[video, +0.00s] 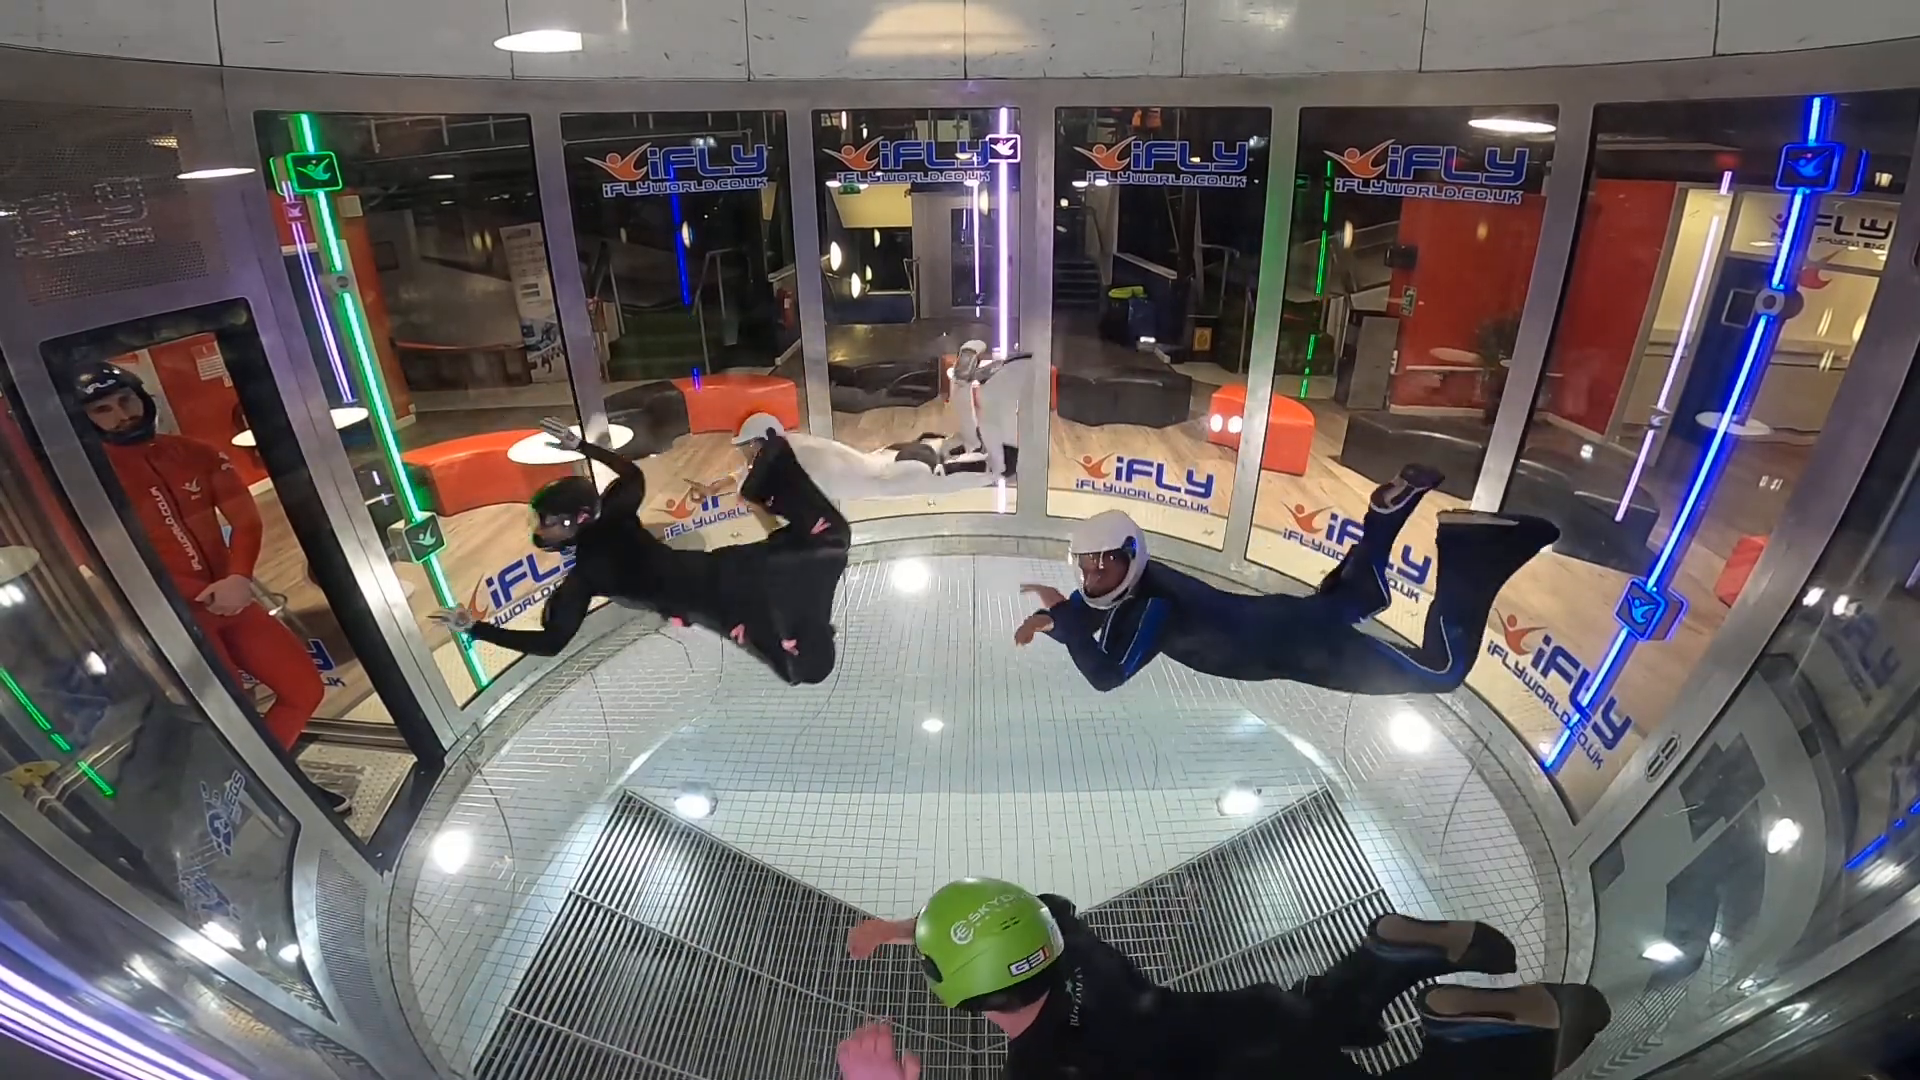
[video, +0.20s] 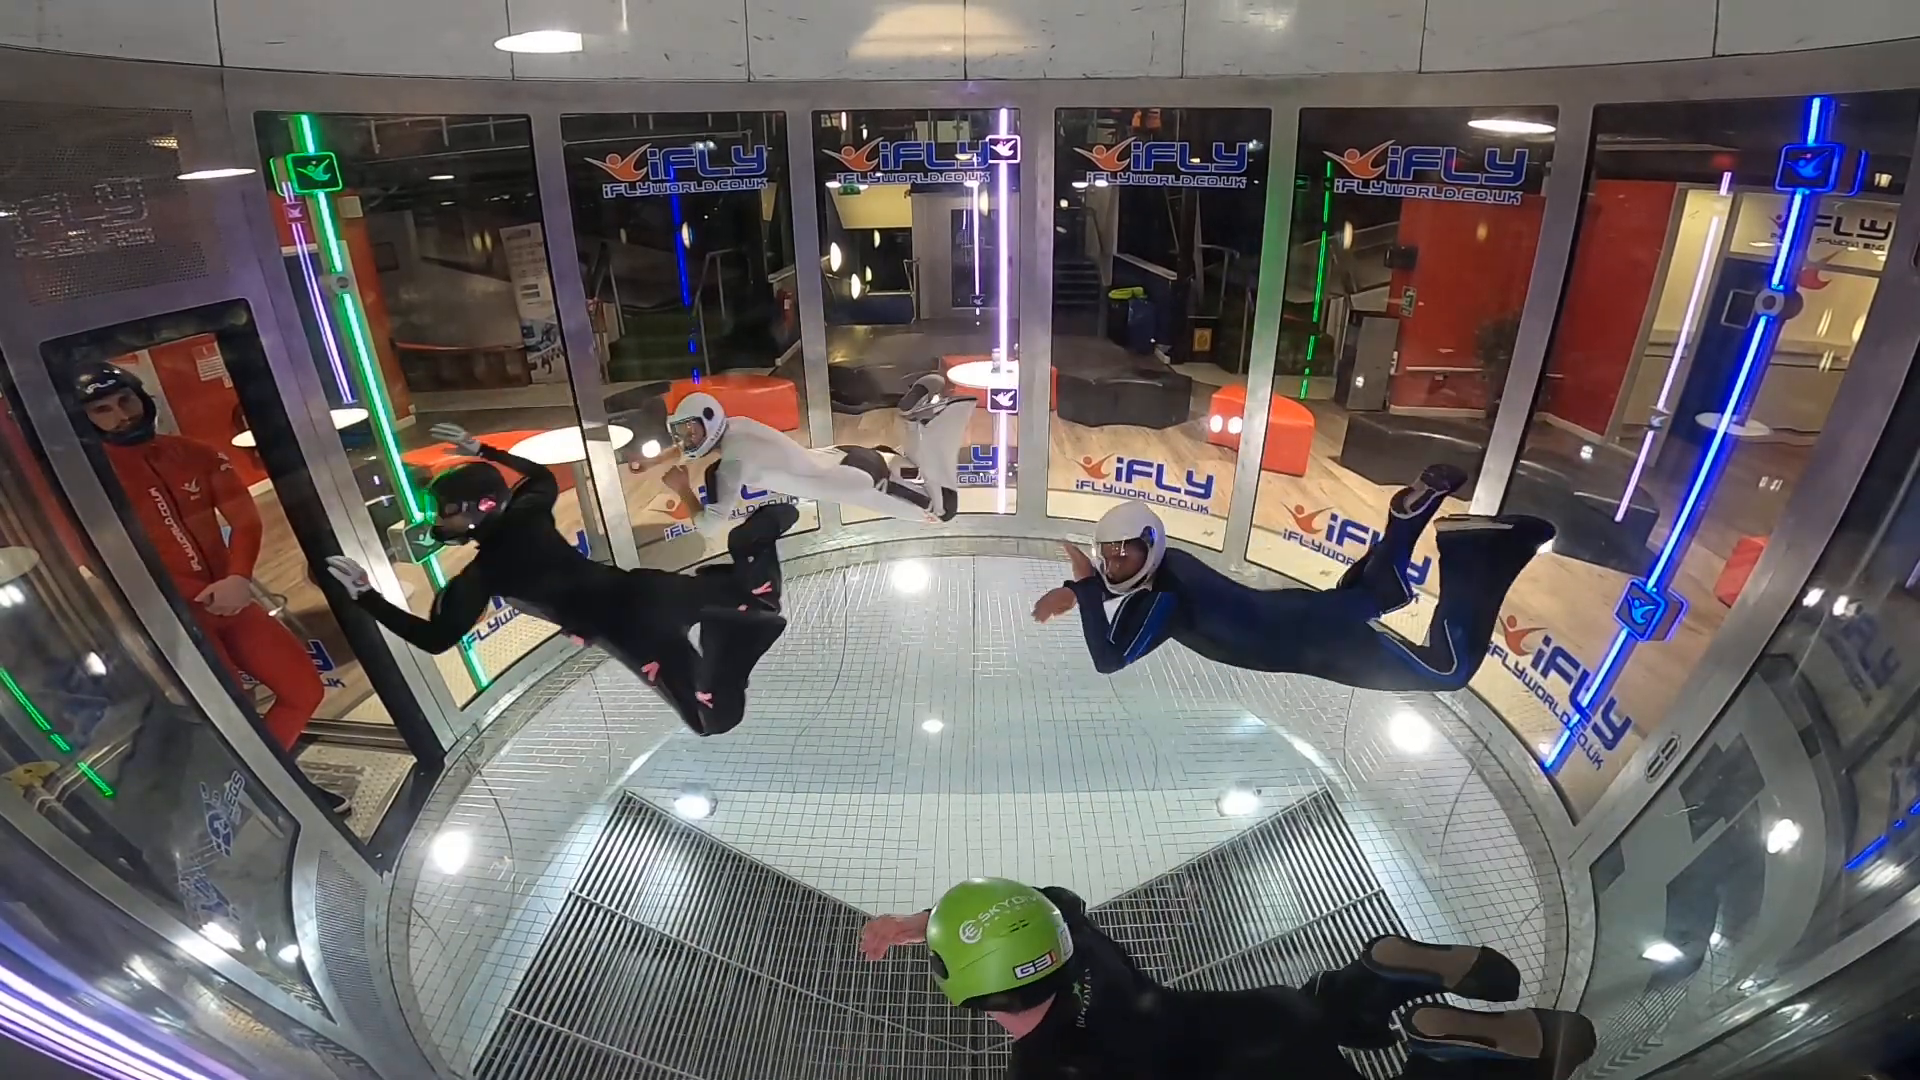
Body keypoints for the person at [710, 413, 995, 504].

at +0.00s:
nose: (749, 454)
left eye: (750, 447)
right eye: (747, 449)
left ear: (763, 441)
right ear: (771, 435)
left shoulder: (777, 456)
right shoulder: (792, 440)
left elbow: (750, 491)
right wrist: (733, 483)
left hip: (860, 480)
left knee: (926, 481)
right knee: (879, 467)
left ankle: (987, 474)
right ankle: (925, 455)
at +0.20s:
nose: (684, 440)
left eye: (689, 430)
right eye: (680, 433)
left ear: (710, 422)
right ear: (708, 420)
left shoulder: (735, 456)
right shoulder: (734, 431)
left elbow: (713, 525)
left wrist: (685, 495)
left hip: (857, 479)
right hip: (846, 460)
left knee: (942, 507)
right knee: (919, 492)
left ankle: (931, 429)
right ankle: (925, 424)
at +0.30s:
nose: (653, 433)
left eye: (658, 425)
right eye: (650, 425)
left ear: (677, 421)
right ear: (680, 417)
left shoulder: (699, 458)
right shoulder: (707, 419)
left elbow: (676, 520)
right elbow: (670, 440)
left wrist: (648, 481)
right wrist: (640, 452)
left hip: (824, 484)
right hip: (818, 465)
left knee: (910, 523)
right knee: (898, 511)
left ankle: (897, 437)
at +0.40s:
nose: (625, 429)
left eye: (628, 419)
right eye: (620, 421)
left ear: (649, 411)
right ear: (652, 408)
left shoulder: (665, 452)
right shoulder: (682, 415)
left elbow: (638, 515)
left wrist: (615, 481)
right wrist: (625, 455)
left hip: (784, 494)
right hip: (785, 468)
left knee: (872, 543)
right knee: (841, 475)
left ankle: (882, 444)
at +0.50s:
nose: (591, 429)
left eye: (597, 417)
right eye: (587, 420)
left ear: (620, 410)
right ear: (622, 408)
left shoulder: (633, 455)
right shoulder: (660, 420)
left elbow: (596, 519)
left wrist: (580, 477)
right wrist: (612, 461)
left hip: (763, 508)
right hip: (764, 483)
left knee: (839, 562)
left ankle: (836, 457)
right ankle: (830, 456)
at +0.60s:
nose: (562, 432)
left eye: (566, 421)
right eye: (559, 424)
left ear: (589, 415)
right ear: (596, 411)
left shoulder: (599, 462)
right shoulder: (636, 422)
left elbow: (559, 526)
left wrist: (540, 485)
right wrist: (571, 462)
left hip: (726, 521)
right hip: (740, 493)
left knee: (807, 578)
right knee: (836, 518)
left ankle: (804, 468)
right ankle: (813, 460)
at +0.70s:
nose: (535, 447)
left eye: (538, 435)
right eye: (532, 438)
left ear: (560, 428)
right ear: (572, 423)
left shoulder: (570, 475)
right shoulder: (614, 436)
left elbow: (524, 538)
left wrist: (500, 500)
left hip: (694, 539)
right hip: (708, 513)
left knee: (777, 592)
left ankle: (759, 479)